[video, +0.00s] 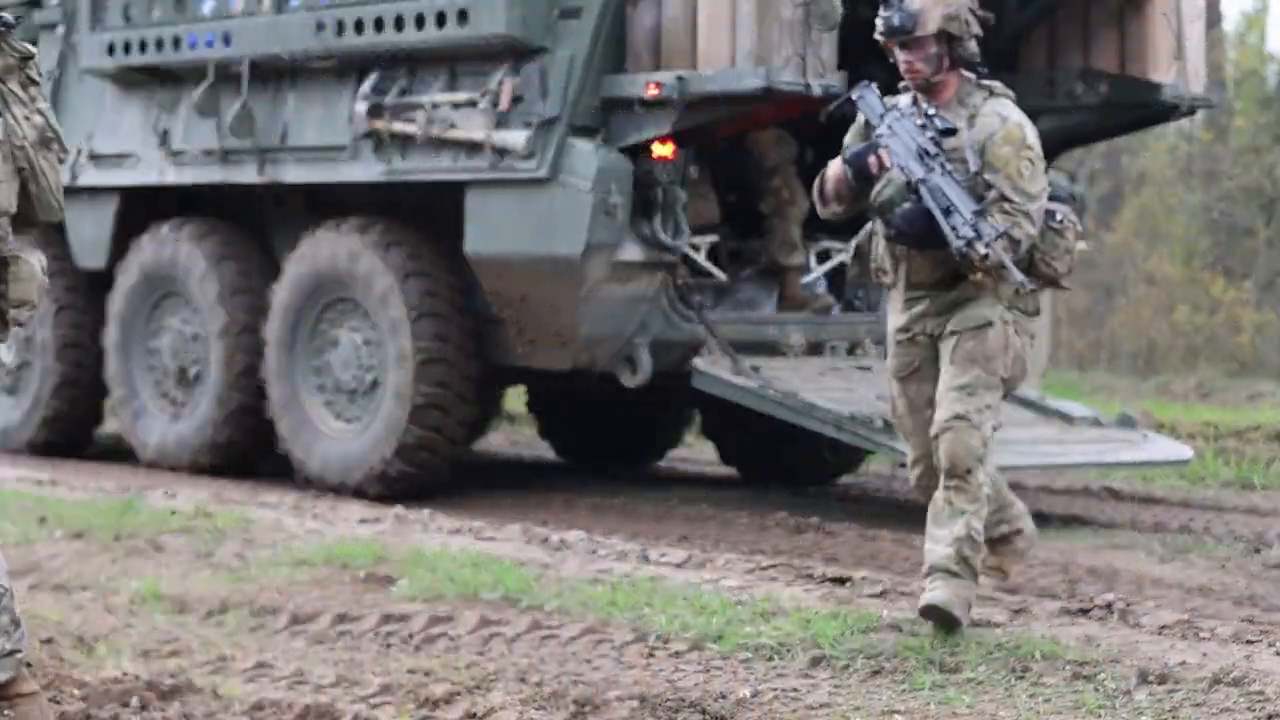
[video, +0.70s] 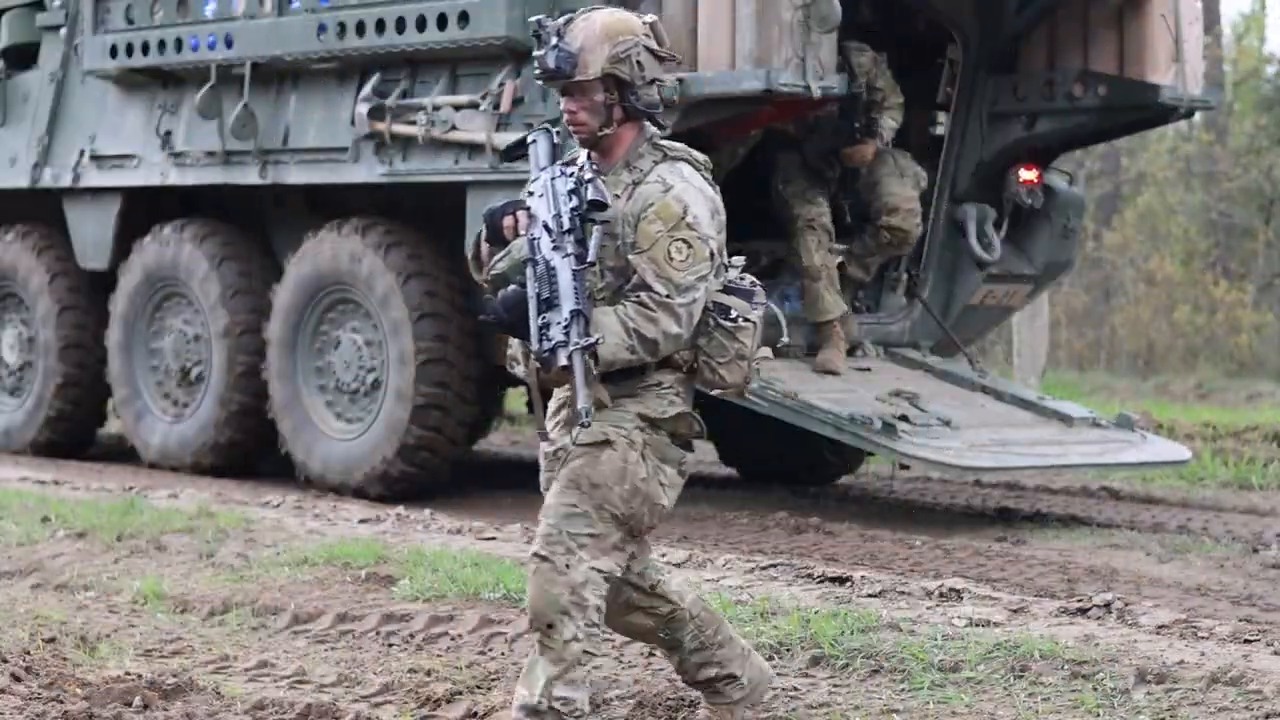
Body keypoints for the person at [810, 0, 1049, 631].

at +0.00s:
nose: (907, 60)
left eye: (919, 47)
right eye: (899, 49)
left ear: (952, 46)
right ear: (892, 51)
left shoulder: (1001, 123)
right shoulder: (883, 116)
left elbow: (1018, 225)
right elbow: (828, 202)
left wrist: (968, 246)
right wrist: (853, 170)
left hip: (982, 302)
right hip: (909, 306)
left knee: (958, 444)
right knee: (927, 460)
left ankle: (948, 587)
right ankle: (1007, 524)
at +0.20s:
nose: (837, 83)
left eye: (851, 69)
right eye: (832, 70)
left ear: (891, 69)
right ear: (825, 72)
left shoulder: (940, 151)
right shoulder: (827, 138)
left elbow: (949, 252)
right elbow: (776, 236)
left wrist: (879, 285)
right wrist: (786, 197)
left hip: (930, 340)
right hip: (846, 336)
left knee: (903, 466)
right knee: (818, 465)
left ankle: (937, 609)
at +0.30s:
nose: (790, 86)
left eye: (804, 73)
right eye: (784, 74)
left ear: (845, 71)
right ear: (780, 75)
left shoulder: (895, 153)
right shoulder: (792, 142)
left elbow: (904, 263)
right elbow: (740, 244)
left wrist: (813, 287)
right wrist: (743, 206)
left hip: (885, 350)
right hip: (804, 346)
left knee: (889, 501)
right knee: (767, 487)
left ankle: (936, 616)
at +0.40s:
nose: (742, 94)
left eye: (757, 81)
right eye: (738, 80)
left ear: (798, 82)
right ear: (737, 81)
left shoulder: (844, 164)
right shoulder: (747, 159)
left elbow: (848, 275)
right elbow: (701, 265)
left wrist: (765, 305)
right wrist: (697, 225)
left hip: (834, 376)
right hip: (754, 375)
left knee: (847, 527)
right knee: (736, 536)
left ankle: (925, 599)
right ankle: (751, 685)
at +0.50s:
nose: (685, 117)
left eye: (698, 103)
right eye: (681, 103)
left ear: (743, 103)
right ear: (685, 104)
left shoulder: (795, 186)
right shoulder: (691, 181)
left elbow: (793, 300)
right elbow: (634, 286)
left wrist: (706, 329)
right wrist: (634, 243)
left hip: (777, 398)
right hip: (693, 395)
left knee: (734, 533)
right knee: (665, 561)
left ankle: (836, 609)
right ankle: (738, 683)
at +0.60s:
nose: (628, 116)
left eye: (642, 103)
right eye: (625, 102)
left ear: (689, 105)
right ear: (627, 105)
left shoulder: (736, 195)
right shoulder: (635, 181)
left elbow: (737, 318)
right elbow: (577, 287)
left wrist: (634, 329)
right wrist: (572, 248)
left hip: (715, 402)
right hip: (634, 401)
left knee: (638, 530)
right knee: (633, 559)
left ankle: (665, 702)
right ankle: (741, 686)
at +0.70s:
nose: (566, 109)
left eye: (580, 94)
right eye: (562, 94)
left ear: (628, 94)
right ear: (563, 93)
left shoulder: (673, 194)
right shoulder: (579, 178)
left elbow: (664, 321)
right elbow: (516, 285)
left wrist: (556, 334)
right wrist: (501, 244)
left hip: (635, 418)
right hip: (574, 410)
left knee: (563, 570)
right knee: (622, 585)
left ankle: (551, 708)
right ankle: (748, 694)